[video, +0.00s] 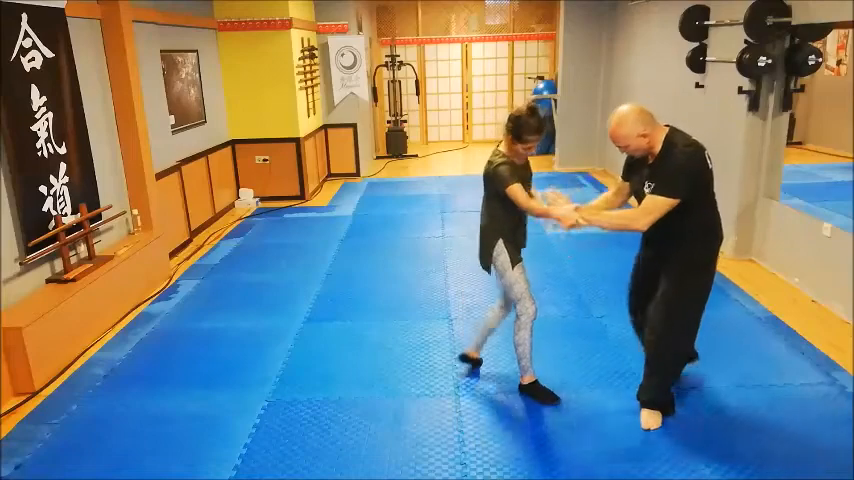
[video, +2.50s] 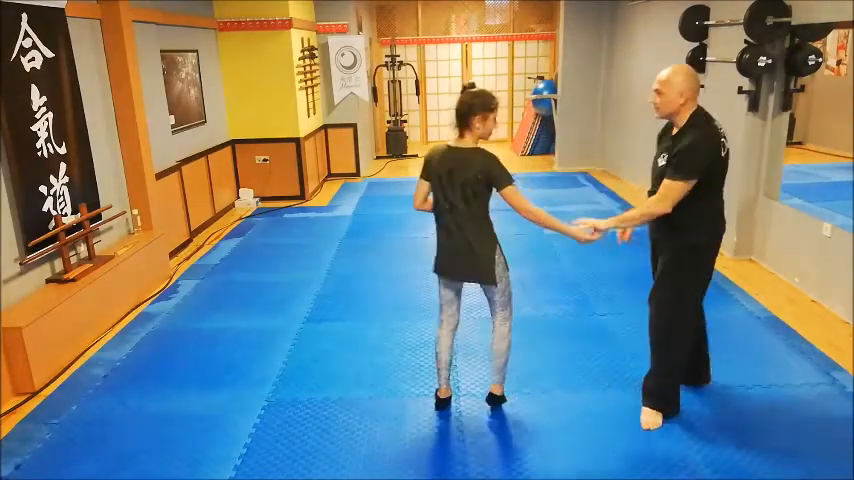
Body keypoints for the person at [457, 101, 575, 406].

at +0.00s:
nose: (530, 152)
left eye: (534, 147)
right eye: (525, 147)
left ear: (537, 138)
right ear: (510, 137)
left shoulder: (519, 158)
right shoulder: (501, 168)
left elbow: (527, 194)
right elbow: (526, 205)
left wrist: (548, 206)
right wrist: (558, 214)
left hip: (510, 240)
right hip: (499, 244)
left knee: (506, 304)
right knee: (526, 310)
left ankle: (472, 352)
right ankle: (527, 379)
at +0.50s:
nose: (514, 170)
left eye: (518, 163)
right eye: (506, 166)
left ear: (526, 151)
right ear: (496, 160)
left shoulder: (542, 158)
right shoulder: (489, 176)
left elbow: (554, 203)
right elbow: (502, 220)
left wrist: (540, 227)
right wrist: (528, 239)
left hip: (545, 236)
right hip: (508, 241)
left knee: (551, 298)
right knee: (513, 311)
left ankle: (550, 343)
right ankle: (521, 377)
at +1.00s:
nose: (485, 202)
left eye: (488, 196)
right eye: (481, 199)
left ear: (501, 179)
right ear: (477, 189)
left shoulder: (534, 175)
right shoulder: (480, 195)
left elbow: (559, 194)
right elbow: (504, 235)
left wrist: (546, 233)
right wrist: (529, 258)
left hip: (546, 241)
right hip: (511, 248)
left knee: (556, 299)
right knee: (513, 313)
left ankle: (560, 342)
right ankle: (521, 381)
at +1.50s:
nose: (495, 202)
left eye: (499, 197)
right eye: (490, 200)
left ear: (509, 177)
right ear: (481, 190)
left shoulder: (535, 171)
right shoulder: (482, 196)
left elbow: (552, 192)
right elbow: (505, 228)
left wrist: (546, 229)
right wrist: (541, 260)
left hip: (537, 237)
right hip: (502, 245)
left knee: (552, 297)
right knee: (507, 315)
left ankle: (556, 342)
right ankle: (520, 381)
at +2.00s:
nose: (516, 139)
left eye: (519, 132)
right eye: (512, 133)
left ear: (516, 124)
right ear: (491, 128)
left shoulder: (492, 153)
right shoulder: (489, 164)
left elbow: (495, 197)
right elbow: (533, 211)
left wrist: (519, 212)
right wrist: (578, 234)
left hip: (498, 242)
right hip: (486, 246)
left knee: (505, 304)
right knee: (499, 315)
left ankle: (498, 355)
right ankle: (486, 378)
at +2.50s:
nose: (496, 124)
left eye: (495, 117)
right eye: (492, 118)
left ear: (468, 120)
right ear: (475, 121)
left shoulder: (436, 155)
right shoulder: (487, 161)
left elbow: (420, 203)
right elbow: (526, 210)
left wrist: (449, 204)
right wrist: (571, 232)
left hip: (448, 252)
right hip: (484, 252)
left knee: (447, 319)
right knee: (501, 315)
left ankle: (442, 390)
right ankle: (496, 387)